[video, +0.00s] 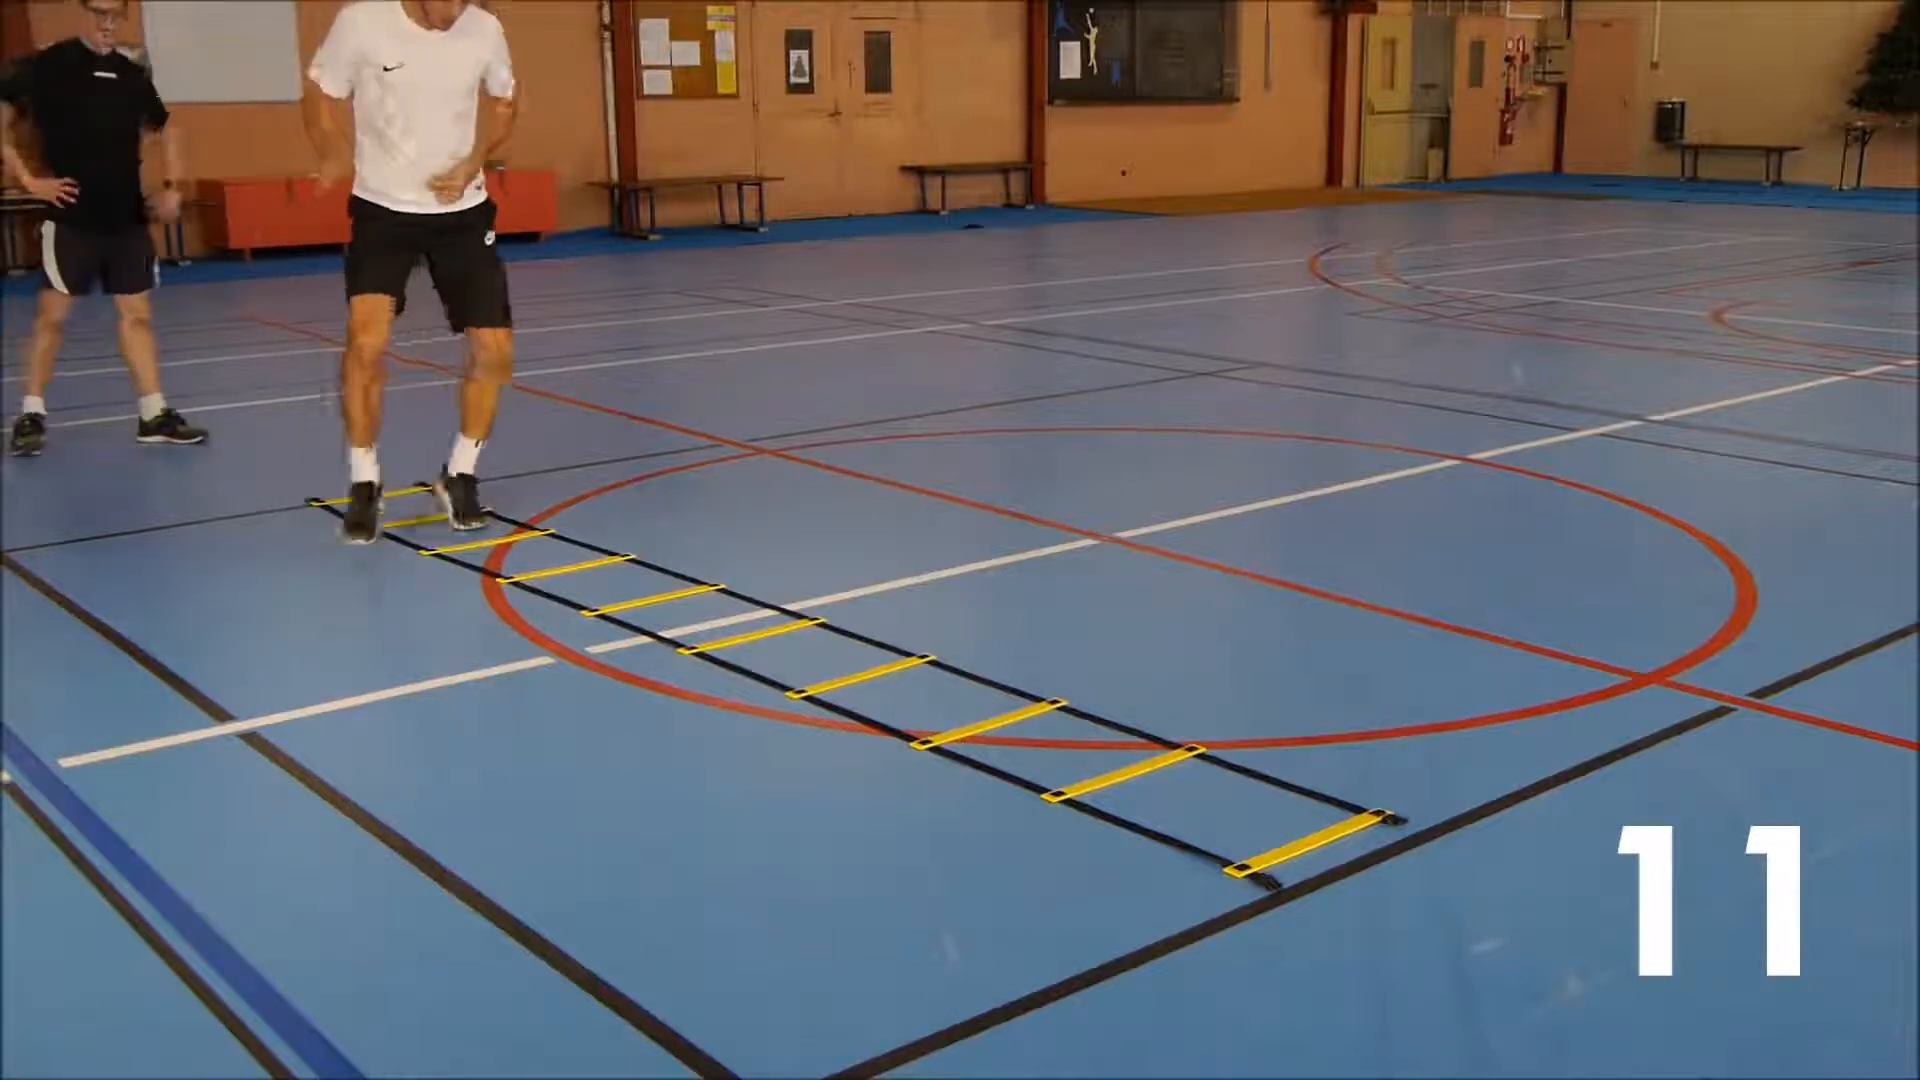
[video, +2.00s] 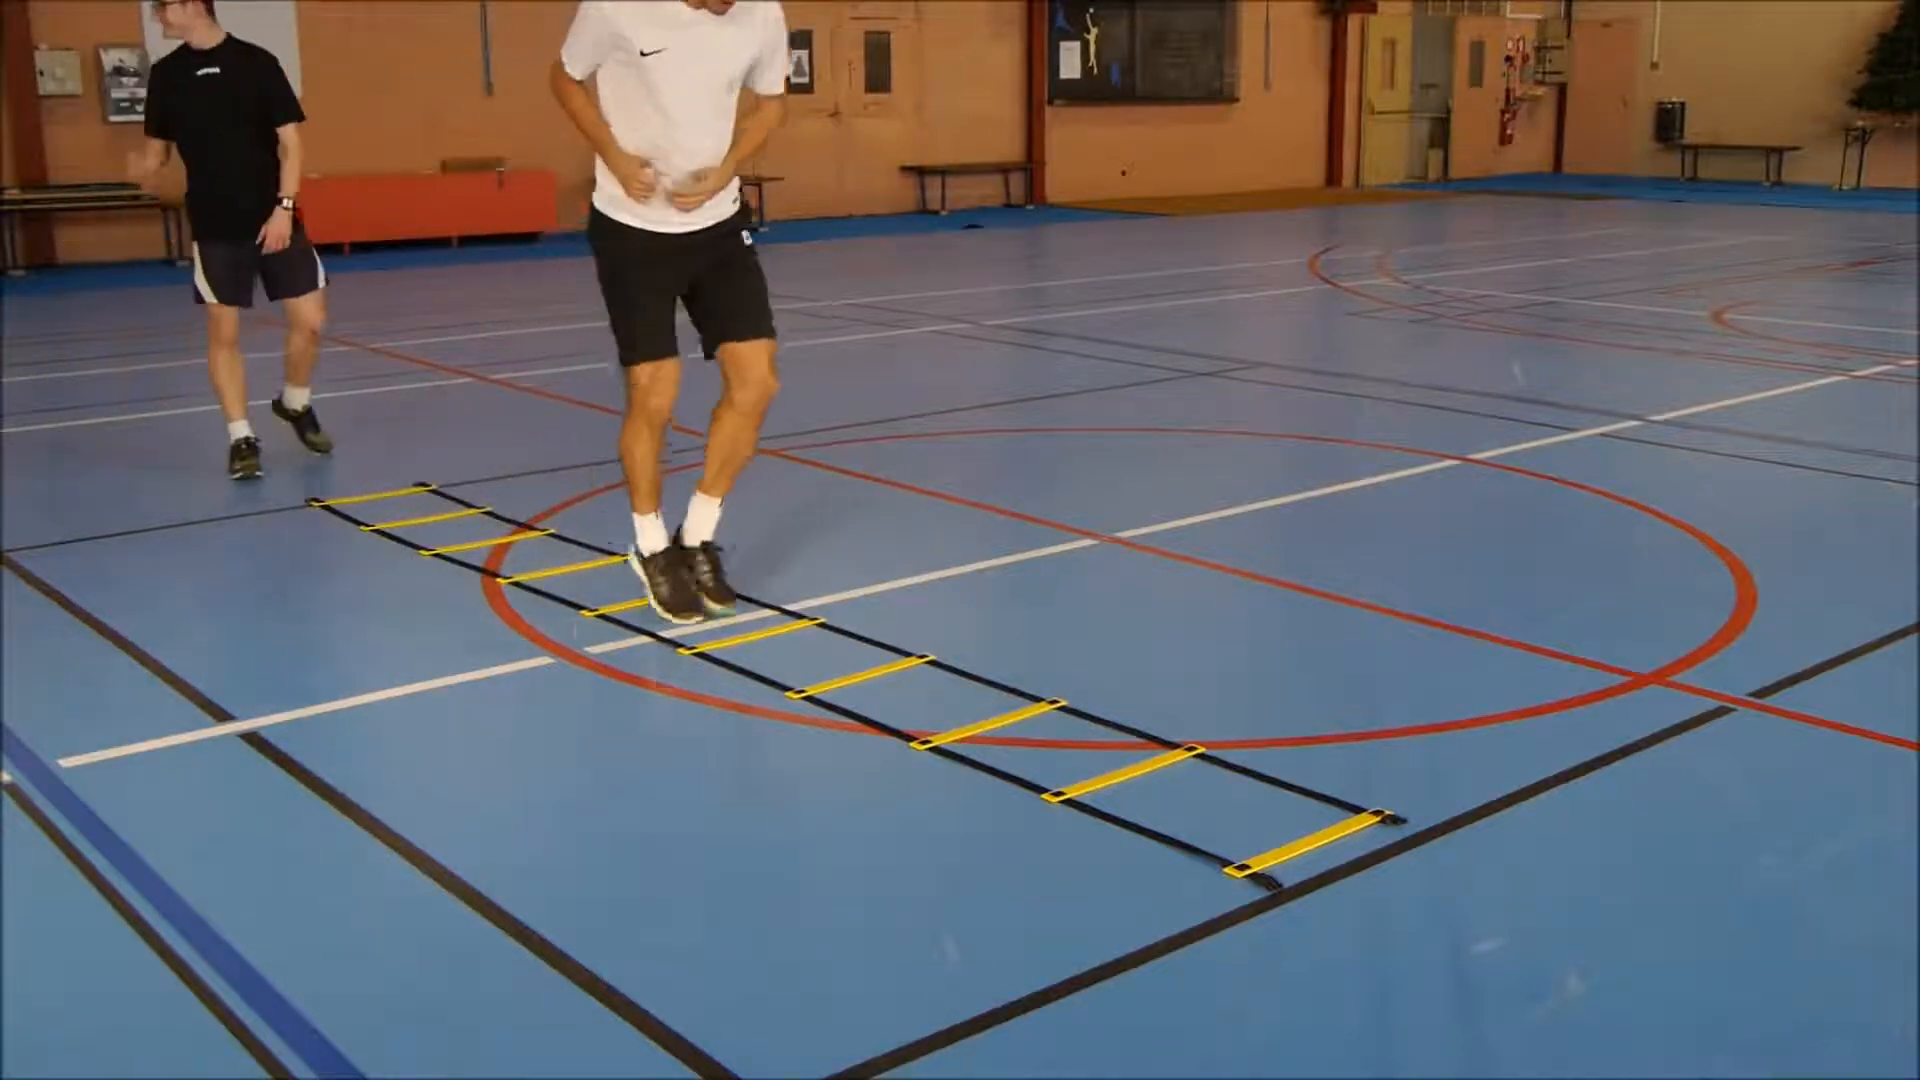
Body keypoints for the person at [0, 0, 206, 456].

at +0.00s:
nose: (108, 24)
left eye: (116, 17)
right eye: (100, 15)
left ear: (124, 19)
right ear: (83, 15)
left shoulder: (133, 74)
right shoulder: (50, 65)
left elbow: (165, 129)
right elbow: (3, 120)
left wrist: (171, 185)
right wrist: (28, 180)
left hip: (125, 211)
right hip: (69, 213)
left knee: (137, 313)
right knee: (53, 313)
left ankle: (154, 413)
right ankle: (32, 411)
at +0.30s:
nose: (105, 10)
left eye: (116, 3)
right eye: (104, 4)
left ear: (143, 11)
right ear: (105, 11)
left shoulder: (174, 76)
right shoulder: (81, 63)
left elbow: (209, 143)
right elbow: (51, 121)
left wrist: (224, 197)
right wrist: (44, 150)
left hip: (149, 210)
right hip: (93, 209)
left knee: (151, 314)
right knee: (98, 314)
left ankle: (155, 413)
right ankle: (107, 419)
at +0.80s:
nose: (125, 16)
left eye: (131, 8)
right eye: (114, 9)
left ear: (140, 8)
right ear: (95, 10)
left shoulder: (165, 65)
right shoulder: (72, 74)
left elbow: (197, 135)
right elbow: (59, 152)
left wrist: (216, 196)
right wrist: (72, 221)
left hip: (179, 211)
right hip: (121, 219)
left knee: (208, 310)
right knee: (127, 325)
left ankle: (185, 391)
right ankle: (136, 427)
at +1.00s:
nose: (150, 30)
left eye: (158, 20)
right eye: (139, 21)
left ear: (165, 16)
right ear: (117, 16)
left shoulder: (182, 66)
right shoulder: (91, 73)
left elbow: (210, 136)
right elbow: (74, 150)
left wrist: (240, 197)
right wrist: (86, 221)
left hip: (195, 214)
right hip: (135, 221)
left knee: (225, 316)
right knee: (131, 328)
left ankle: (245, 420)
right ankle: (137, 428)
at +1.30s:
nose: (224, 31)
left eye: (232, 23)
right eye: (215, 22)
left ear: (240, 20)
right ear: (192, 16)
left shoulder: (248, 75)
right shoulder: (158, 68)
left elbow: (262, 149)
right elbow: (134, 139)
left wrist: (277, 215)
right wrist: (140, 208)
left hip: (238, 219)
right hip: (180, 221)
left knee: (246, 320)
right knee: (168, 325)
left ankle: (259, 425)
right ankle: (147, 425)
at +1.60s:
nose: (201, 12)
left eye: (211, 4)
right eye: (201, 5)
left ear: (241, 9)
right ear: (204, 12)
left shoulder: (278, 73)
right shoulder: (182, 63)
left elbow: (301, 148)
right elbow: (163, 139)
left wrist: (307, 215)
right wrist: (172, 207)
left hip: (257, 218)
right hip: (199, 219)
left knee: (257, 323)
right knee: (208, 326)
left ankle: (261, 427)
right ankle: (218, 435)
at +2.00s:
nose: (161, 14)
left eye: (169, 5)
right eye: (160, 7)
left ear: (198, 7)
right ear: (185, 14)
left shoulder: (257, 62)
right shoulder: (165, 74)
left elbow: (291, 140)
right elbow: (156, 152)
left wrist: (285, 209)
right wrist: (144, 167)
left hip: (273, 215)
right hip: (214, 223)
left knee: (310, 319)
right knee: (225, 332)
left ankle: (295, 402)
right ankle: (241, 438)